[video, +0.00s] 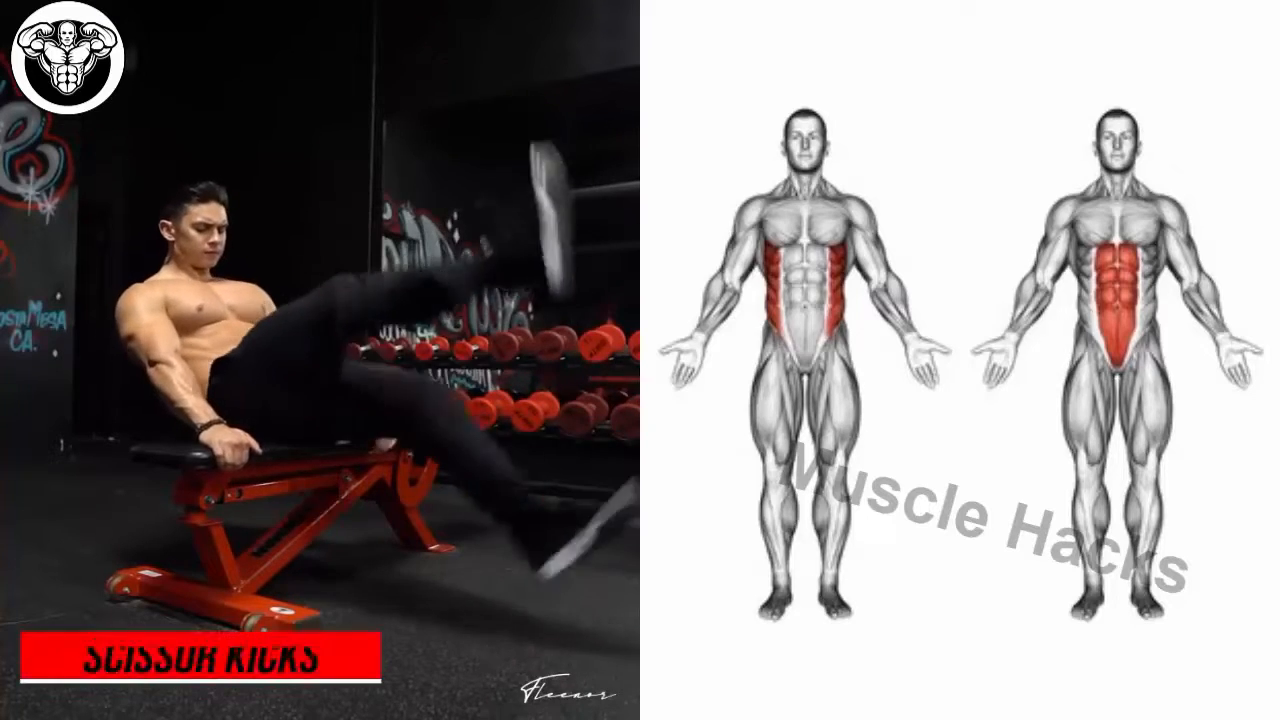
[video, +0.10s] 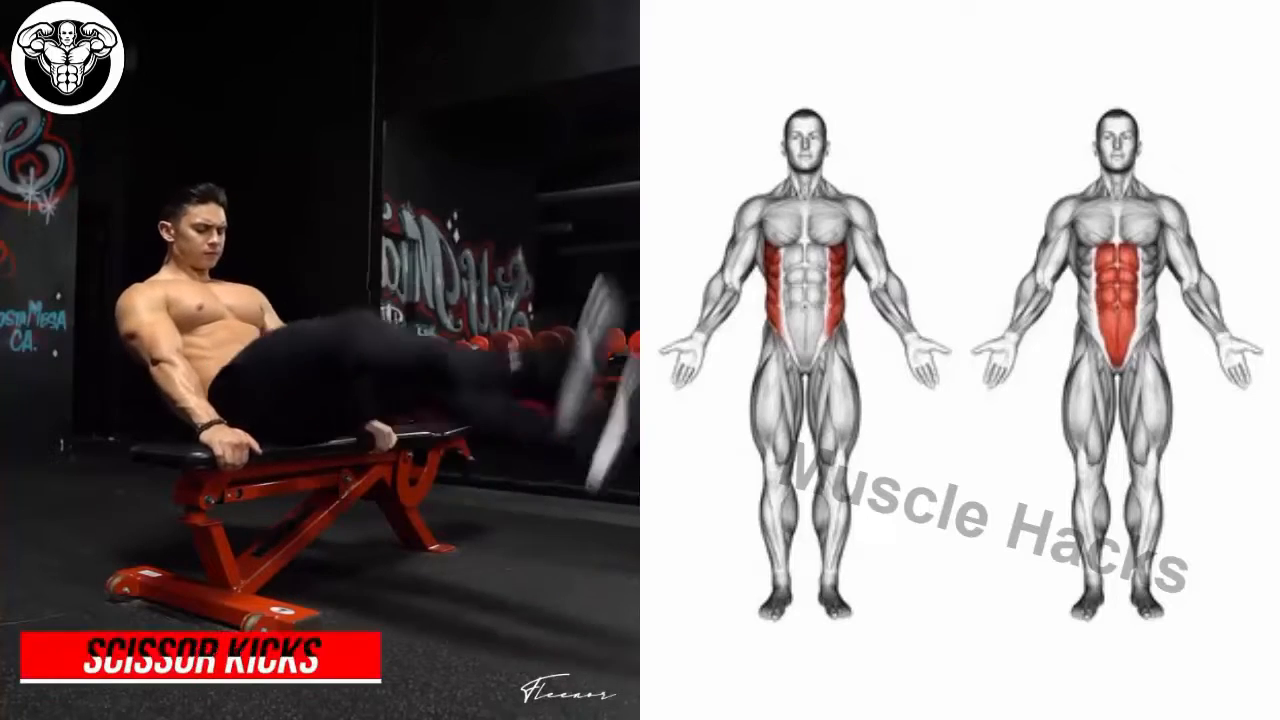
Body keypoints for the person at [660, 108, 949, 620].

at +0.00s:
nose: (804, 146)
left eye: (812, 138)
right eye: (797, 138)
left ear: (825, 145)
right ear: (785, 145)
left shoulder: (852, 211)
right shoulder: (758, 211)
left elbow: (881, 281)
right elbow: (729, 281)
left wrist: (910, 336)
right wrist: (700, 336)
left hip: (832, 355)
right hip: (777, 355)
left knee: (834, 468)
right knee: (777, 469)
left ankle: (830, 584)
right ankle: (780, 585)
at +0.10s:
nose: (805, 146)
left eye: (812, 138)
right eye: (797, 138)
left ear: (825, 146)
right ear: (785, 146)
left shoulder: (852, 211)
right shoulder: (758, 211)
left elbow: (881, 281)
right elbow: (729, 281)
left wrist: (910, 336)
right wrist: (700, 336)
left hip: (832, 355)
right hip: (777, 355)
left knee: (834, 468)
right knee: (777, 469)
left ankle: (829, 584)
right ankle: (780, 585)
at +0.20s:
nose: (805, 146)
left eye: (812, 138)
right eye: (797, 138)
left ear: (825, 146)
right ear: (785, 146)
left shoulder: (852, 211)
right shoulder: (758, 211)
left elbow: (881, 282)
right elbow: (729, 282)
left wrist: (910, 336)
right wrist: (700, 336)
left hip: (832, 355)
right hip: (777, 355)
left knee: (834, 468)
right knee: (777, 469)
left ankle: (829, 584)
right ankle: (780, 585)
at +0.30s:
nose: (804, 145)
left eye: (812, 138)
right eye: (797, 138)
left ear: (825, 146)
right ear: (785, 145)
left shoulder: (852, 211)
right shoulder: (758, 211)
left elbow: (881, 282)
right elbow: (729, 281)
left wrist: (910, 336)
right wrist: (700, 336)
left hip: (832, 355)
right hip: (777, 355)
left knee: (834, 467)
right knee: (777, 469)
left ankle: (830, 584)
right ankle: (780, 584)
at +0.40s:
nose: (804, 145)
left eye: (812, 138)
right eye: (797, 138)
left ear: (825, 146)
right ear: (785, 145)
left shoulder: (852, 211)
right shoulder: (758, 211)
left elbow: (881, 282)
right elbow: (729, 282)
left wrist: (910, 336)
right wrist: (700, 336)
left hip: (832, 355)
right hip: (777, 355)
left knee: (834, 467)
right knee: (777, 469)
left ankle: (830, 584)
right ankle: (780, 585)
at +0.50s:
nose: (804, 145)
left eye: (812, 138)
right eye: (797, 138)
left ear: (825, 146)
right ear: (785, 145)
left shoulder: (852, 211)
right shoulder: (758, 211)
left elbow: (881, 282)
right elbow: (729, 282)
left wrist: (910, 336)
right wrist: (700, 336)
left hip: (832, 355)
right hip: (777, 355)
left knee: (834, 467)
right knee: (777, 469)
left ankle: (830, 584)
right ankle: (780, 585)